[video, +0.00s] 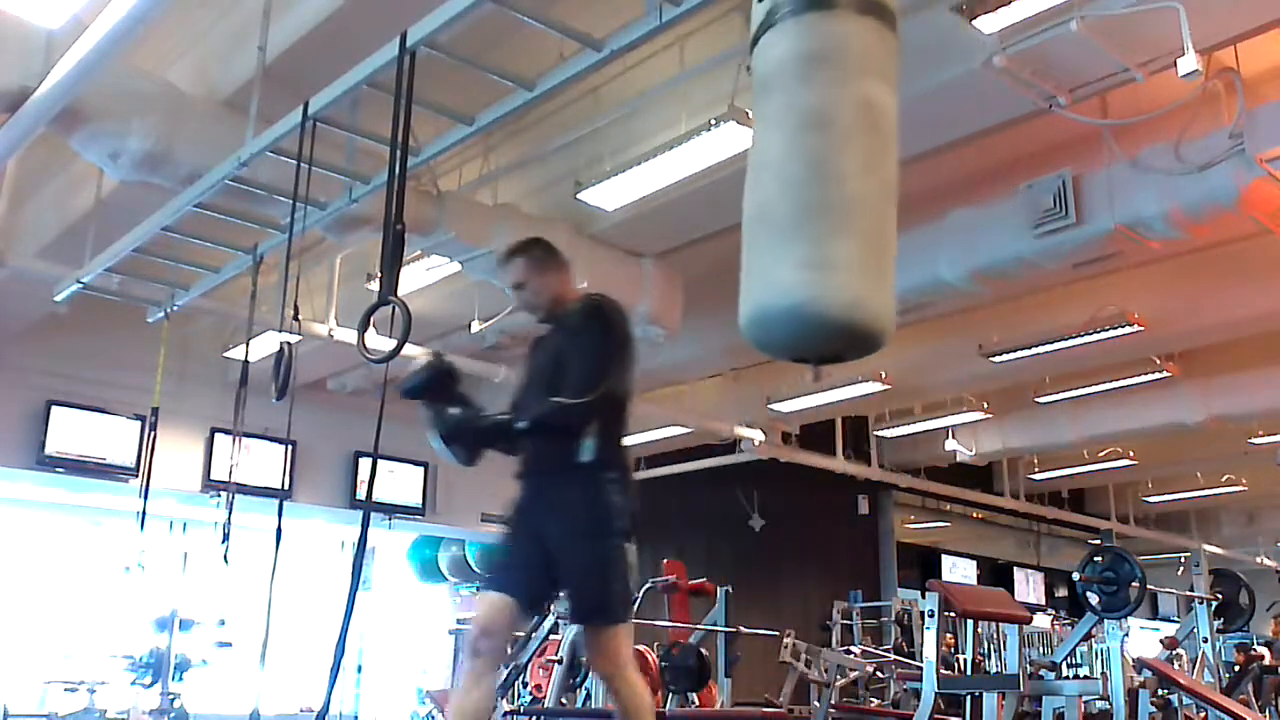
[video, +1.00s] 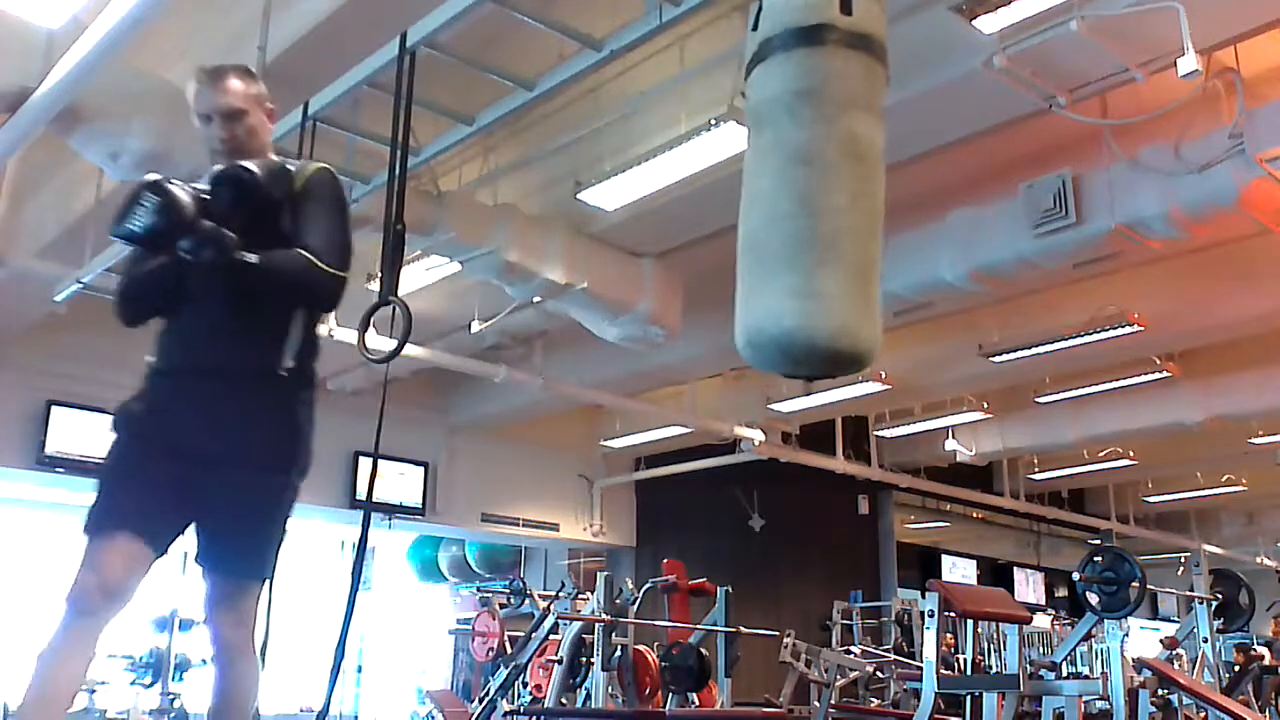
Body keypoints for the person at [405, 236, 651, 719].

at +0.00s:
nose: (519, 301)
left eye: (522, 286)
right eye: (513, 291)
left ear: (555, 272)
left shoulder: (597, 314)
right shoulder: (546, 345)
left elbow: (579, 410)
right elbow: (524, 434)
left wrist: (495, 427)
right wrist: (459, 410)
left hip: (589, 502)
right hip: (539, 502)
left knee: (611, 660)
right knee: (485, 638)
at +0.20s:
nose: (443, 278)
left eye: (448, 264)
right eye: (437, 269)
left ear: (482, 253)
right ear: (445, 267)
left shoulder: (527, 299)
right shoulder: (454, 328)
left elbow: (517, 391)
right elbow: (441, 409)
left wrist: (433, 417)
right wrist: (390, 406)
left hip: (504, 485)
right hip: (450, 482)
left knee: (469, 637)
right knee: (416, 634)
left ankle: (546, 713)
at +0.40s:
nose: (392, 239)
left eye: (401, 226)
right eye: (383, 229)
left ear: (433, 217)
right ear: (375, 231)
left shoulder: (476, 275)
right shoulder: (381, 287)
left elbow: (474, 372)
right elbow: (338, 384)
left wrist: (403, 373)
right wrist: (326, 363)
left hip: (443, 455)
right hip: (385, 456)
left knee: (373, 595)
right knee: (382, 618)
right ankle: (410, 716)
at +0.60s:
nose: (324, 222)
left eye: (334, 207)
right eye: (316, 212)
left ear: (369, 199)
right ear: (311, 216)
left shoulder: (419, 271)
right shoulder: (314, 273)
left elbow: (409, 380)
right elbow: (280, 360)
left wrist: (317, 359)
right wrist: (272, 336)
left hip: (364, 461)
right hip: (307, 456)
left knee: (288, 622)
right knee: (306, 637)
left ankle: (262, 714)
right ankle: (357, 712)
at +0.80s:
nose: (270, 178)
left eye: (278, 162)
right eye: (259, 170)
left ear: (311, 153)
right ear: (253, 176)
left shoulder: (366, 237)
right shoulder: (245, 241)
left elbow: (357, 335)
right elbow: (194, 334)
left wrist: (257, 284)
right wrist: (246, 289)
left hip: (306, 450)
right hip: (234, 436)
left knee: (244, 628)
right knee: (148, 589)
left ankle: (232, 717)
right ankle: (202, 705)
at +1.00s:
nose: (223, 130)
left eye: (236, 115)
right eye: (209, 120)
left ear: (271, 113)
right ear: (198, 127)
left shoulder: (312, 184)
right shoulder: (185, 196)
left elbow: (324, 279)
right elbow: (130, 303)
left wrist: (226, 256)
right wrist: (187, 251)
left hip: (259, 426)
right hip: (167, 415)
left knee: (232, 627)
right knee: (94, 593)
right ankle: (28, 716)